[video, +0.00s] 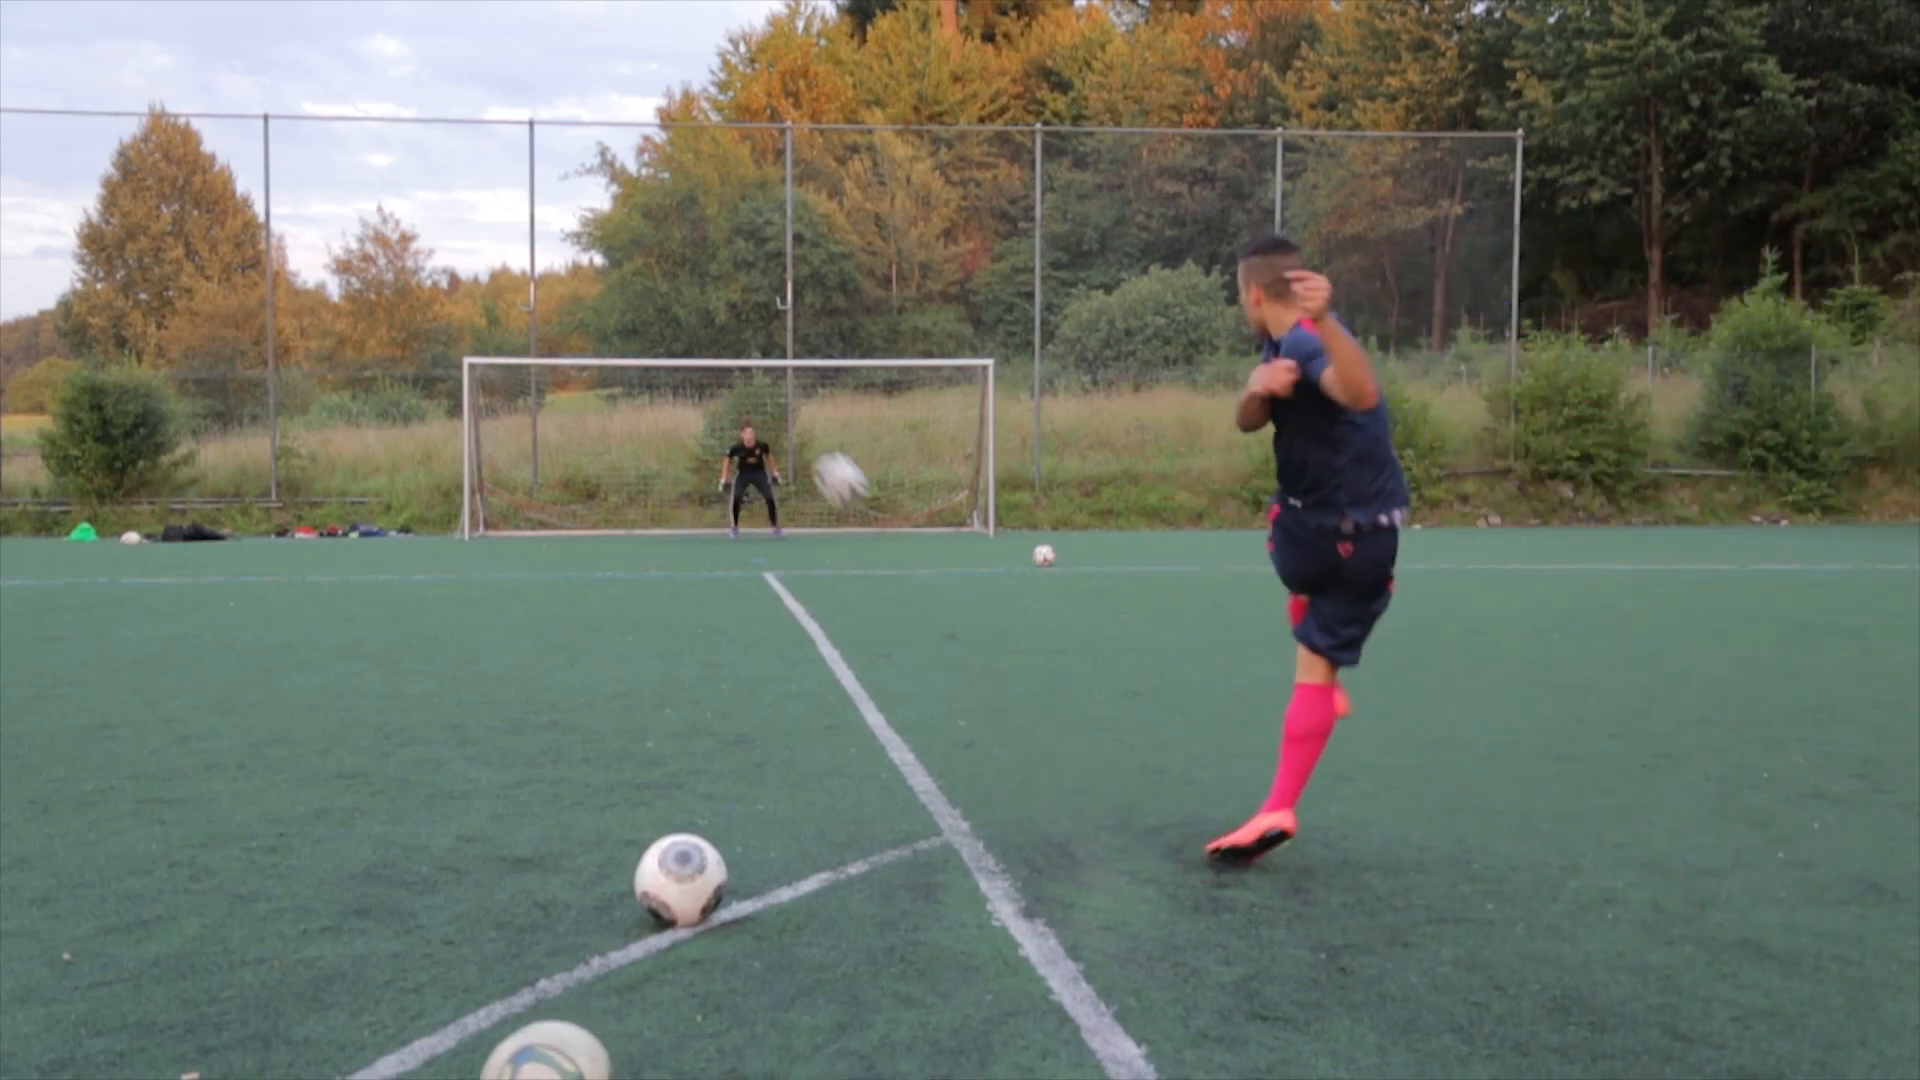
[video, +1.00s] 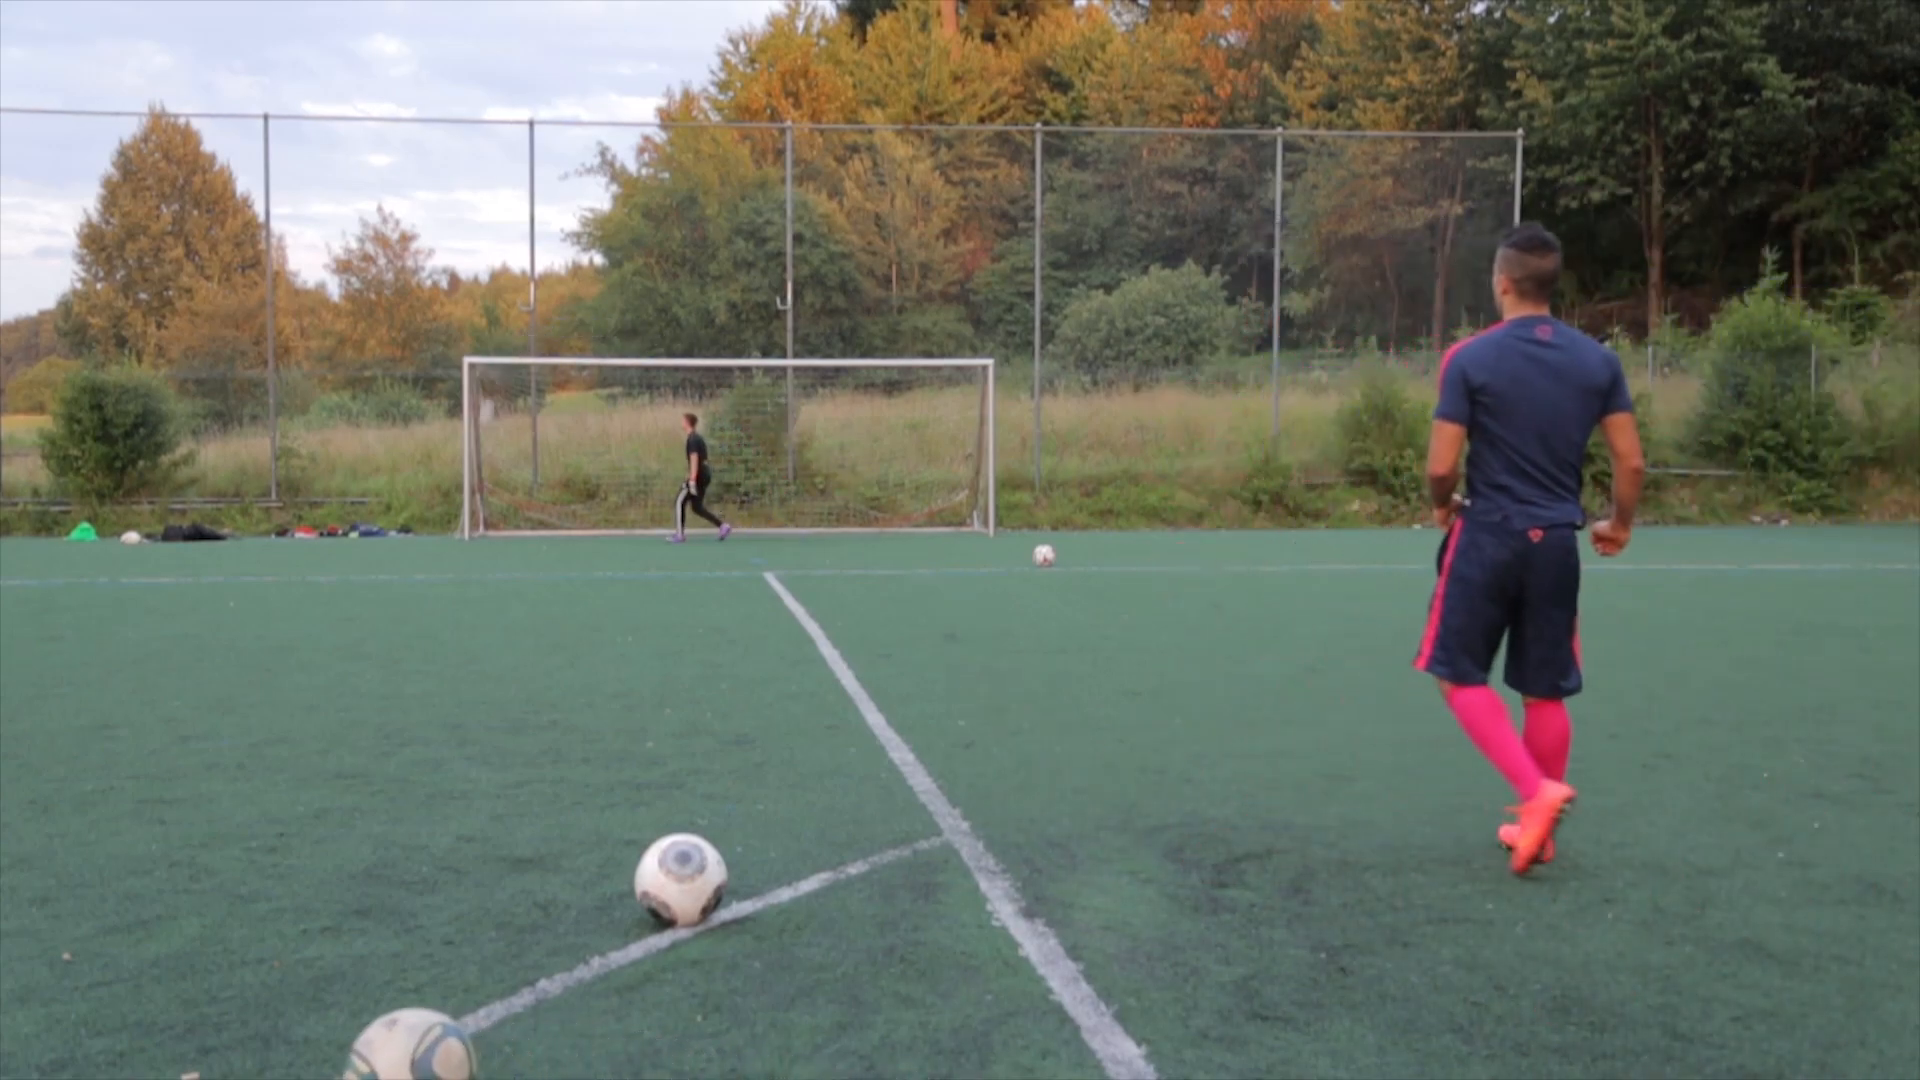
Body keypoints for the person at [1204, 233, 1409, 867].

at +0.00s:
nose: (1245, 310)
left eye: (1246, 297)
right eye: (1245, 298)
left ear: (1264, 296)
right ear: (1292, 288)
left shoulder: (1313, 343)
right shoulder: (1288, 353)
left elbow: (1363, 393)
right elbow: (1246, 423)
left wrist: (1326, 319)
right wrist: (1259, 391)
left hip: (1313, 524)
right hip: (1371, 528)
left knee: (1300, 588)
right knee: (1316, 660)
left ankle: (1327, 689)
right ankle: (1280, 806)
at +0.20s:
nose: (1261, 304)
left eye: (1261, 295)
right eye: (1264, 294)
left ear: (1269, 301)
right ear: (1318, 292)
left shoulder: (1295, 368)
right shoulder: (1356, 341)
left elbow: (1287, 471)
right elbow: (1318, 411)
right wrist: (1243, 428)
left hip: (1315, 536)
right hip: (1378, 532)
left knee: (1276, 661)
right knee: (1348, 663)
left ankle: (1271, 802)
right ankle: (1339, 802)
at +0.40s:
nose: (1304, 320)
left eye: (1305, 312)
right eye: (1309, 311)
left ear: (1312, 318)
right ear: (1359, 313)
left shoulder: (1303, 394)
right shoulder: (1410, 376)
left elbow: (1260, 498)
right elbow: (1428, 469)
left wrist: (1221, 543)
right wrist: (1376, 488)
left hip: (1331, 555)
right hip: (1398, 556)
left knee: (1275, 670)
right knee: (1383, 662)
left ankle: (1270, 805)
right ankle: (1384, 773)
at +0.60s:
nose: (1385, 298)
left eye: (1386, 290)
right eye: (1391, 290)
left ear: (1394, 295)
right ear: (1444, 296)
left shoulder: (1367, 369)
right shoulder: (1490, 366)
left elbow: (1334, 465)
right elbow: (1524, 464)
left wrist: (1376, 455)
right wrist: (1512, 514)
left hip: (1386, 547)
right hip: (1461, 550)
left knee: (1330, 666)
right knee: (1487, 677)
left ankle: (1282, 792)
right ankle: (1524, 817)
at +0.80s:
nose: (1452, 289)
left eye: (1452, 282)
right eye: (1462, 281)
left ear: (1459, 287)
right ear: (1511, 286)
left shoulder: (1428, 360)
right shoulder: (1555, 359)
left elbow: (1401, 464)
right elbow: (1590, 457)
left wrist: (1426, 482)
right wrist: (1589, 514)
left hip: (1446, 539)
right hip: (1519, 543)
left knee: (1395, 663)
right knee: (1525, 684)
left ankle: (1395, 801)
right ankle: (1535, 831)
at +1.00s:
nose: (1494, 287)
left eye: (1495, 279)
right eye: (1502, 279)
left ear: (1500, 284)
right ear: (1555, 285)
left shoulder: (1470, 358)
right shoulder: (1596, 359)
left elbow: (1441, 469)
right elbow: (1629, 460)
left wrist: (1445, 508)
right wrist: (1620, 522)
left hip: (1487, 542)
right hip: (1557, 546)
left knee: (1460, 673)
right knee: (1546, 685)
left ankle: (1537, 793)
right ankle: (1539, 828)